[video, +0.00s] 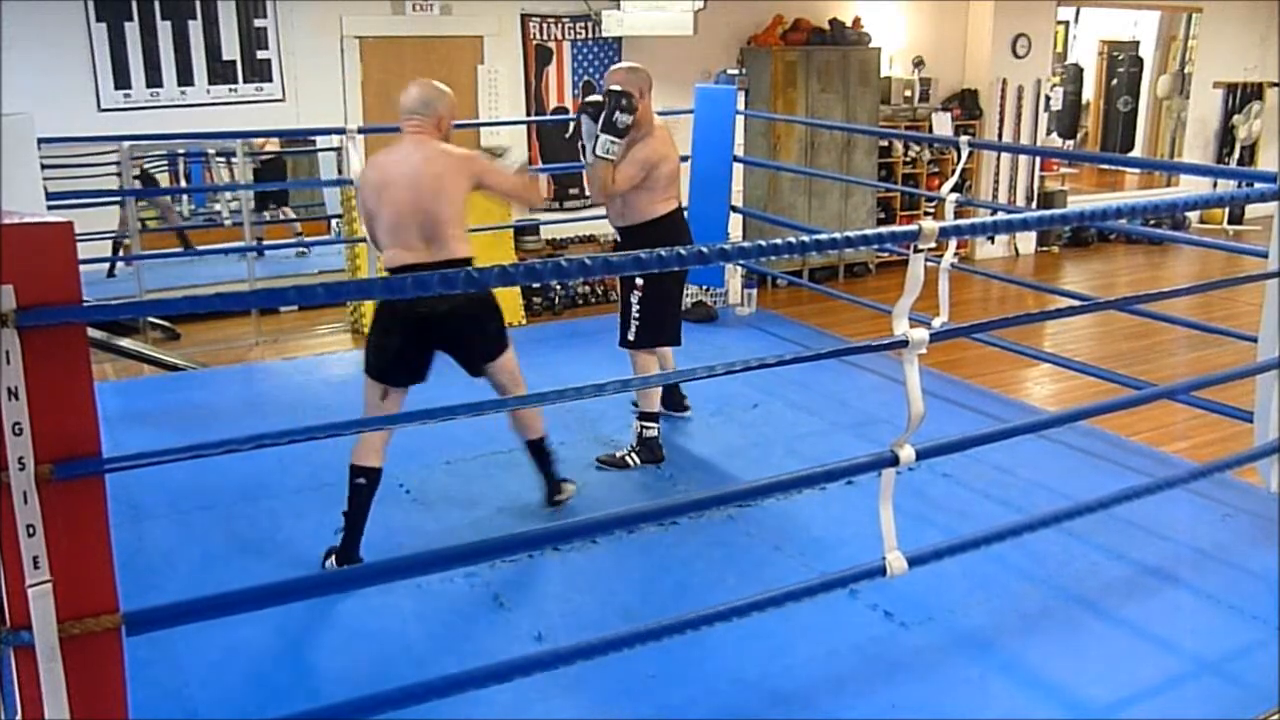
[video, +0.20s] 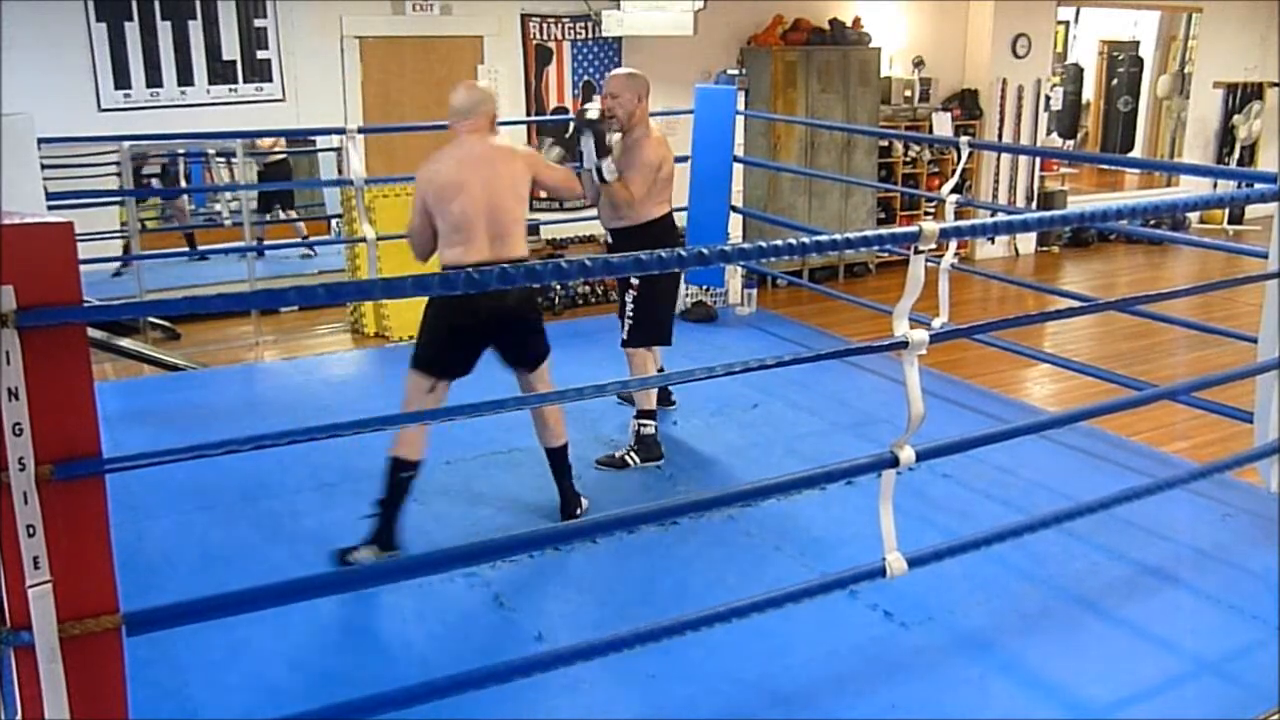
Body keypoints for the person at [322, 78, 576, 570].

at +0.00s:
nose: (455, 125)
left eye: (453, 119)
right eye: (453, 119)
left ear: (402, 119)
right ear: (442, 121)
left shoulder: (371, 171)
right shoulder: (461, 161)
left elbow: (375, 235)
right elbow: (532, 193)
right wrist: (536, 175)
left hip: (399, 302)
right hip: (462, 295)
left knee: (376, 423)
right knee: (514, 389)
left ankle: (349, 546)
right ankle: (552, 484)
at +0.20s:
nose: (495, 123)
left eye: (488, 117)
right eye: (495, 117)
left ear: (451, 121)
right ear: (492, 119)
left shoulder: (431, 170)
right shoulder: (519, 159)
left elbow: (421, 250)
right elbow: (577, 189)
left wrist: (454, 207)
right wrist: (545, 167)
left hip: (453, 296)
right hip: (514, 291)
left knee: (417, 409)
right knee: (540, 393)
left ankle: (384, 535)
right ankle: (569, 499)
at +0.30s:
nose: (511, 113)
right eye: (512, 107)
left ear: (468, 108)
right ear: (510, 108)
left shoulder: (442, 154)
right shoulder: (534, 153)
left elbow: (433, 230)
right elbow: (570, 215)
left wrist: (467, 196)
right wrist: (528, 194)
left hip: (465, 284)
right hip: (524, 279)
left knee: (442, 403)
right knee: (546, 393)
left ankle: (448, 525)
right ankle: (571, 494)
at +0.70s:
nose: (502, 105)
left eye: (498, 98)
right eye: (542, 97)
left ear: (497, 101)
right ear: (541, 101)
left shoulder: (482, 147)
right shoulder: (569, 144)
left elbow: (466, 221)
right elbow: (588, 209)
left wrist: (498, 190)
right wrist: (550, 185)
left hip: (507, 270)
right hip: (563, 265)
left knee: (479, 389)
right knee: (565, 384)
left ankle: (509, 508)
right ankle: (582, 495)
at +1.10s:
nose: (494, 113)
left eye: (494, 107)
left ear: (498, 110)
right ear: (538, 108)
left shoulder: (485, 157)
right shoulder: (570, 149)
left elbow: (472, 216)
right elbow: (597, 209)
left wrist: (492, 177)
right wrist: (558, 195)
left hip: (526, 271)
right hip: (574, 262)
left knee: (520, 388)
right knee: (562, 341)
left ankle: (544, 507)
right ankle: (572, 426)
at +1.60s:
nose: (543, 114)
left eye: (546, 109)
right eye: (551, 109)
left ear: (550, 114)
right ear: (583, 119)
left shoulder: (528, 149)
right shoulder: (600, 154)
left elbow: (490, 176)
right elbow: (621, 214)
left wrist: (486, 156)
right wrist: (590, 194)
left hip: (547, 253)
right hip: (592, 251)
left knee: (566, 361)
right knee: (587, 344)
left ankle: (607, 463)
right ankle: (583, 423)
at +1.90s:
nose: (505, 121)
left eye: (504, 115)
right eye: (505, 115)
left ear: (510, 113)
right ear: (541, 104)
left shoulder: (519, 148)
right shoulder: (577, 135)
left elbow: (514, 218)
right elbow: (608, 193)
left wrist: (489, 200)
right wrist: (563, 193)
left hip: (556, 245)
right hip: (596, 237)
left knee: (548, 357)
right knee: (581, 339)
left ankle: (594, 458)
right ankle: (582, 421)